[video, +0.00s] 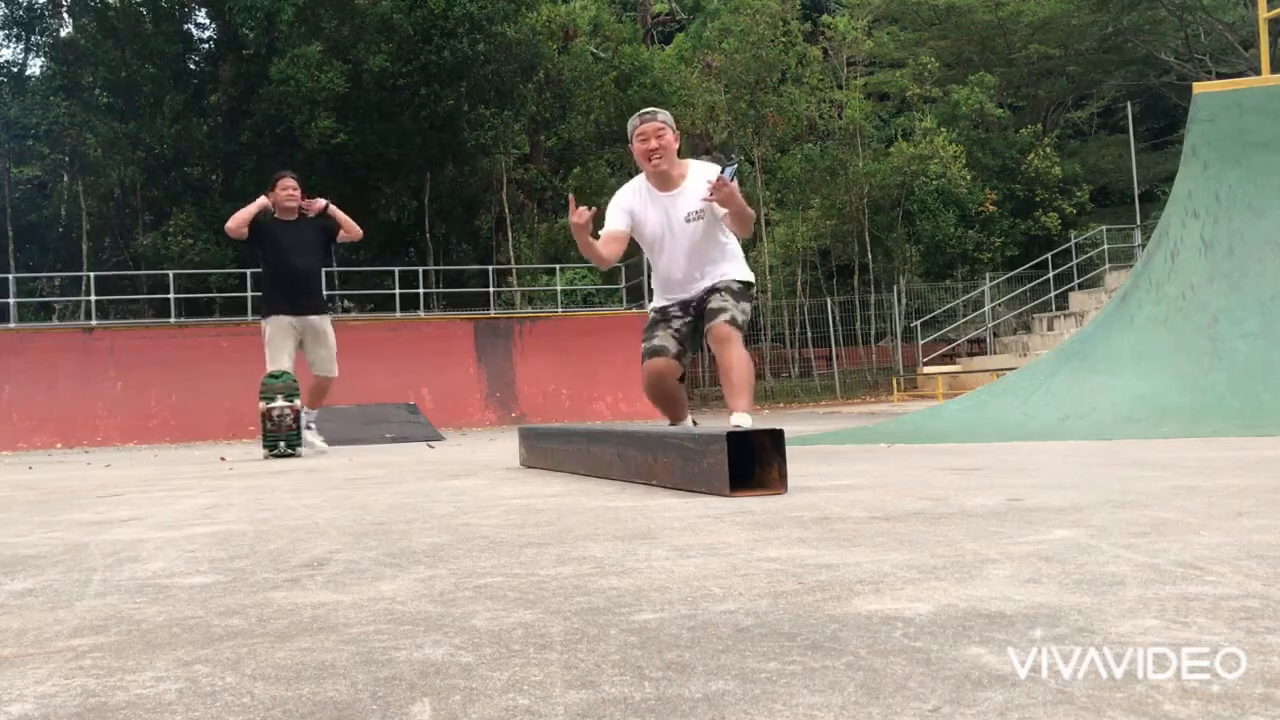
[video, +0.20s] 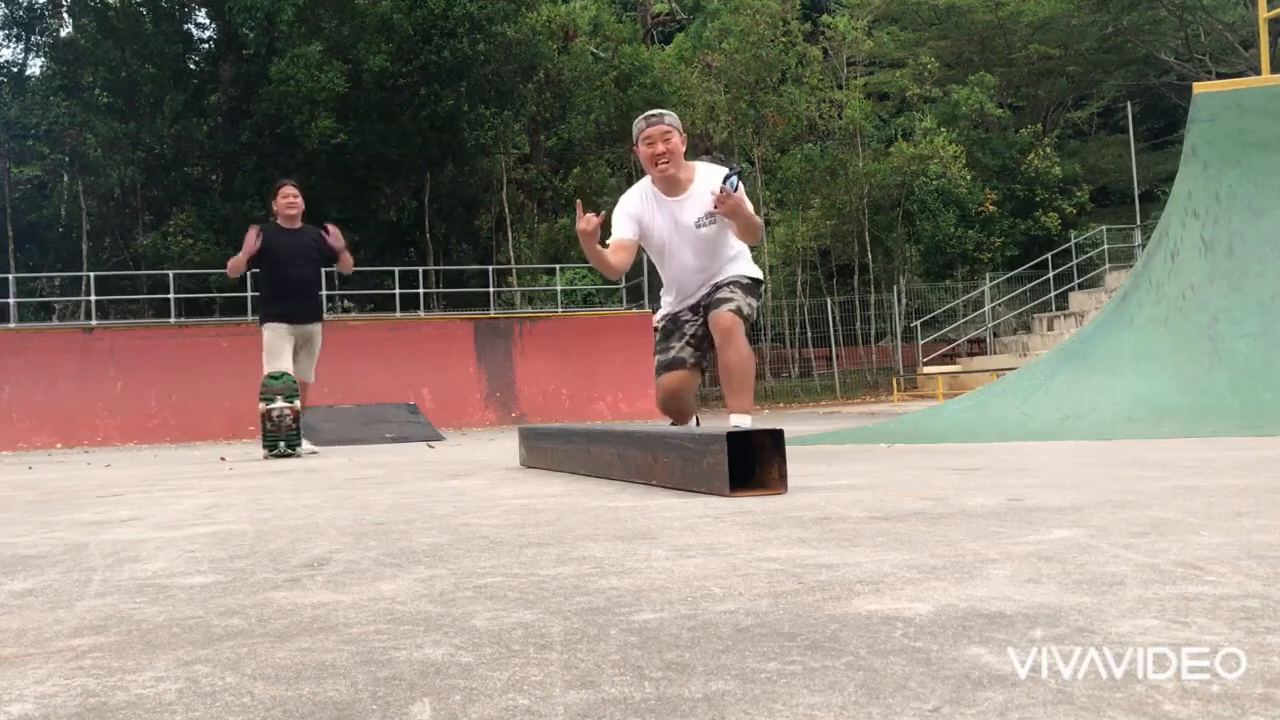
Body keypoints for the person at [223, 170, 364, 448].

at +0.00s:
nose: (292, 192)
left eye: (295, 188)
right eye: (285, 189)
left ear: (302, 196)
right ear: (272, 197)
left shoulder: (317, 223)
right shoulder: (263, 225)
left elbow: (355, 233)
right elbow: (232, 228)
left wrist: (327, 207)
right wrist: (259, 203)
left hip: (315, 312)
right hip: (278, 313)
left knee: (327, 374)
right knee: (279, 377)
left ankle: (306, 423)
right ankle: (283, 434)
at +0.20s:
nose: (292, 200)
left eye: (296, 196)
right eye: (285, 197)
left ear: (303, 204)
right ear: (275, 206)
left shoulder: (316, 236)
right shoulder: (263, 235)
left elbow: (346, 269)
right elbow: (232, 272)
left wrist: (341, 249)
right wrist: (246, 253)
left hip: (310, 321)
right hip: (276, 321)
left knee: (302, 383)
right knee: (278, 382)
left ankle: (296, 435)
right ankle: (278, 439)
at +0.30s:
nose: (294, 202)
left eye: (297, 198)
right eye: (287, 199)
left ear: (304, 206)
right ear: (276, 207)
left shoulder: (317, 236)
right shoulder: (262, 236)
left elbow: (329, 275)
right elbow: (241, 271)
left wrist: (344, 279)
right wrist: (241, 286)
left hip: (309, 322)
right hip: (276, 322)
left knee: (301, 384)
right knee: (280, 382)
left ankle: (295, 436)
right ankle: (280, 440)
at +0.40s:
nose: (294, 202)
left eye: (298, 198)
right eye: (287, 199)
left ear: (304, 205)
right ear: (276, 206)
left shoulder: (314, 237)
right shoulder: (260, 236)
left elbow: (321, 277)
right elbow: (240, 271)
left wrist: (337, 308)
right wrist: (233, 304)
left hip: (308, 320)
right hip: (275, 320)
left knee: (301, 381)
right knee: (279, 380)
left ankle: (295, 436)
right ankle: (277, 438)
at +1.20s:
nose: (258, 217)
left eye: (262, 212)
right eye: (252, 213)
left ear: (268, 215)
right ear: (240, 216)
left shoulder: (279, 240)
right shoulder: (229, 247)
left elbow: (292, 271)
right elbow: (214, 286)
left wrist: (305, 297)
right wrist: (238, 290)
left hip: (279, 324)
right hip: (245, 327)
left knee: (285, 375)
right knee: (245, 383)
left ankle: (283, 432)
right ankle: (249, 437)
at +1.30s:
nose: (252, 216)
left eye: (256, 211)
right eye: (246, 212)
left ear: (262, 215)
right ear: (235, 217)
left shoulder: (274, 239)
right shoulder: (227, 247)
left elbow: (289, 273)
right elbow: (215, 286)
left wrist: (299, 302)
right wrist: (231, 263)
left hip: (277, 324)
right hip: (242, 327)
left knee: (285, 377)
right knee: (245, 383)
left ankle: (277, 431)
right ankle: (248, 438)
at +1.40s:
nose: (245, 215)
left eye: (249, 211)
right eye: (240, 212)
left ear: (257, 215)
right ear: (230, 217)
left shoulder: (271, 240)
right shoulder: (225, 246)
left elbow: (287, 277)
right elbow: (214, 280)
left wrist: (293, 310)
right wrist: (229, 249)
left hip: (274, 322)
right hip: (240, 325)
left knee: (281, 380)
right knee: (244, 382)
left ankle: (272, 433)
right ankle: (247, 436)